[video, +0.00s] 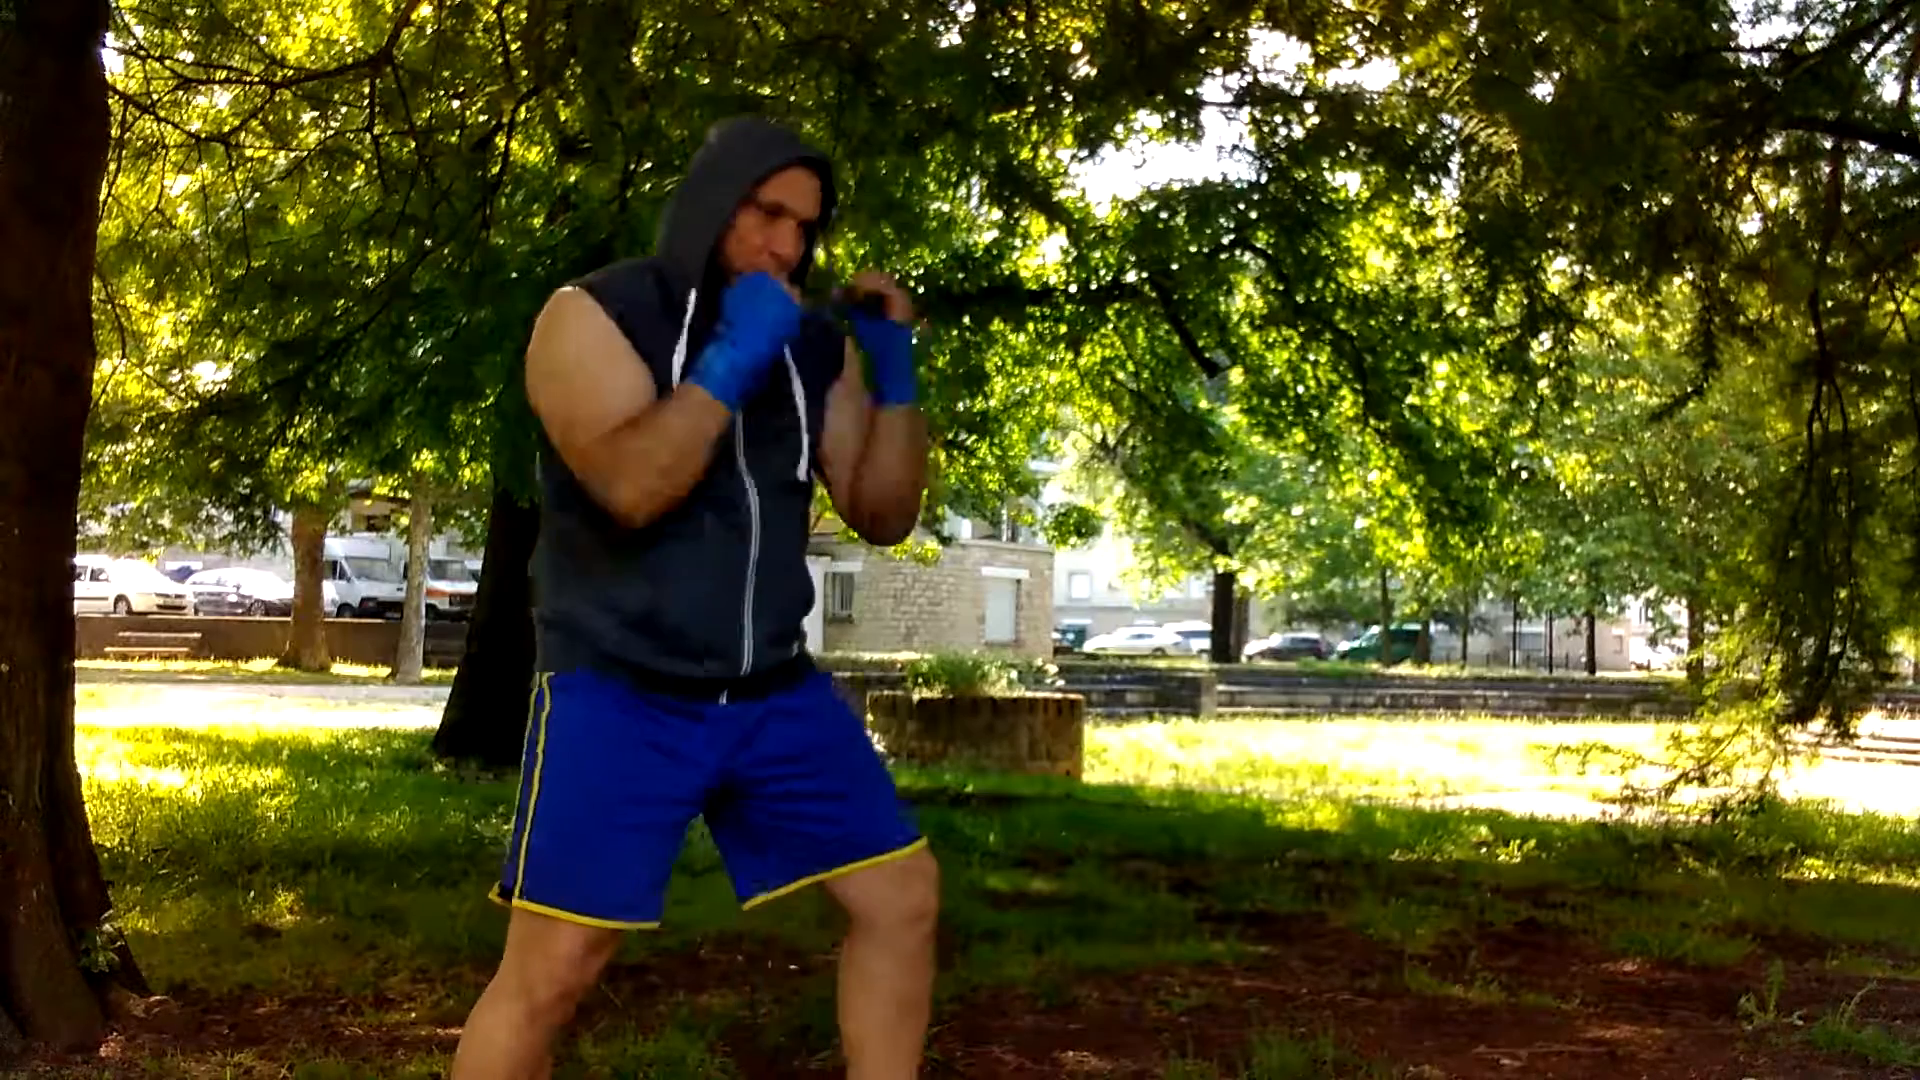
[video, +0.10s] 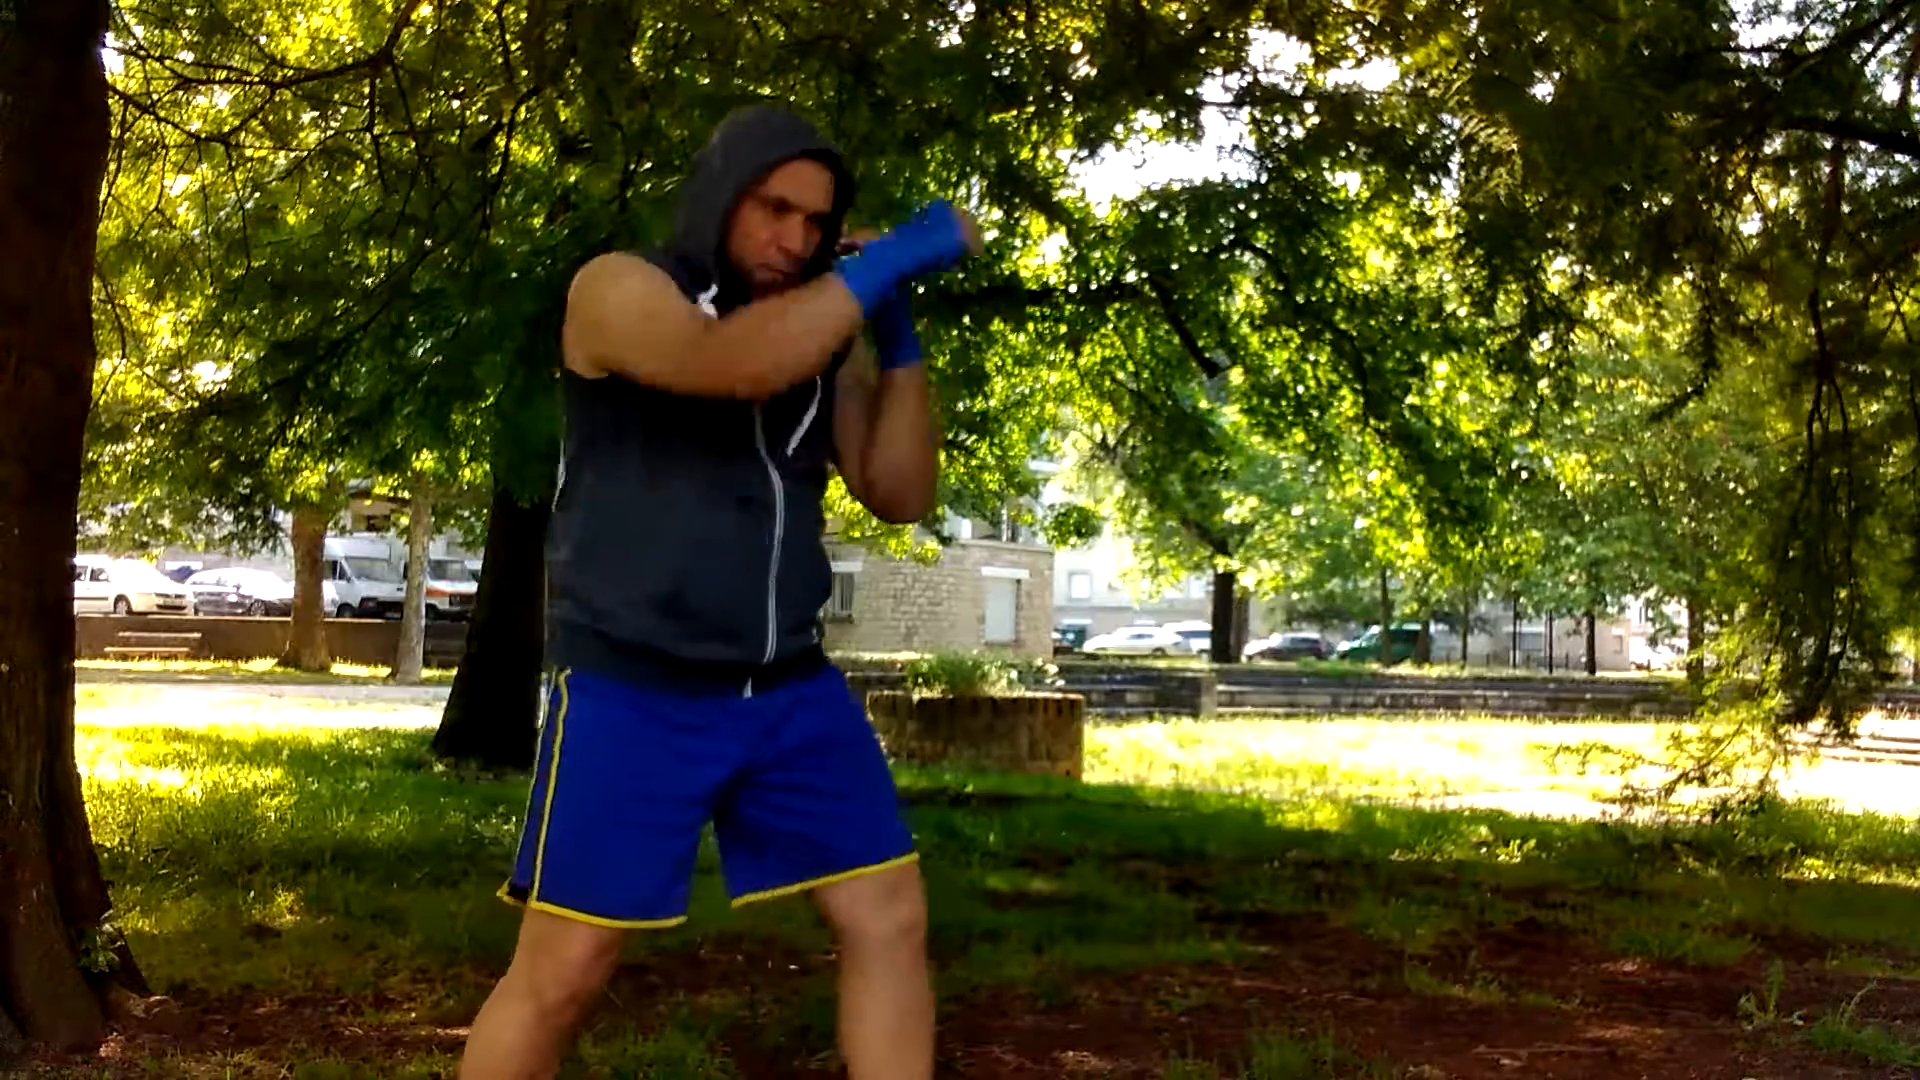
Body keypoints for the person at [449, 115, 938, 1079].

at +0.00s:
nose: (788, 247)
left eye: (804, 228)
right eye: (768, 217)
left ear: (813, 240)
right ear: (707, 207)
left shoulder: (811, 345)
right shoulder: (588, 319)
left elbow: (883, 514)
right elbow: (631, 485)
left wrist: (895, 361)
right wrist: (737, 353)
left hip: (780, 694)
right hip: (618, 698)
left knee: (900, 896)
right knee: (550, 970)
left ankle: (881, 1075)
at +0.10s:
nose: (800, 239)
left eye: (818, 220)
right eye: (779, 210)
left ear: (832, 227)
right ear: (719, 199)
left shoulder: (813, 341)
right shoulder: (614, 289)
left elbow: (900, 497)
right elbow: (745, 361)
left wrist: (899, 338)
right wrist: (888, 262)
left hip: (791, 688)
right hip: (630, 691)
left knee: (887, 918)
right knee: (560, 972)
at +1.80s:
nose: (725, 229)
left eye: (747, 206)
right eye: (700, 200)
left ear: (767, 219)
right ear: (648, 200)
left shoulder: (791, 327)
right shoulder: (543, 317)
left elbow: (894, 507)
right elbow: (574, 492)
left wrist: (880, 351)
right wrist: (731, 350)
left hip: (782, 704)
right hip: (596, 714)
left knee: (902, 940)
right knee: (529, 995)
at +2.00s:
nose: (535, 268)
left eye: (562, 239)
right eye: (509, 236)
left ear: (600, 237)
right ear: (467, 237)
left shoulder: (676, 309)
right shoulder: (424, 359)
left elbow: (889, 375)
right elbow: (430, 563)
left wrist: (726, 253)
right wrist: (549, 418)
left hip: (716, 713)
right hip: (532, 722)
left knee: (810, 991)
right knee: (475, 988)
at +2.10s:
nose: (518, 287)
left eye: (545, 258)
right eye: (491, 256)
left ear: (583, 254)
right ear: (450, 257)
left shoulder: (662, 324)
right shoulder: (413, 377)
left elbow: (845, 428)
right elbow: (426, 580)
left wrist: (697, 304)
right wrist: (528, 439)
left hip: (711, 725)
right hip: (528, 732)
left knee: (792, 1005)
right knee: (472, 993)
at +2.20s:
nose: (561, 263)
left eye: (588, 236)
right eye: (533, 232)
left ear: (616, 229)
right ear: (484, 227)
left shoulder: (671, 311)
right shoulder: (418, 341)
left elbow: (812, 472)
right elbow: (424, 543)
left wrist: (725, 300)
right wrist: (544, 397)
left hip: (720, 696)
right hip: (532, 707)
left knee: (831, 957)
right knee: (485, 978)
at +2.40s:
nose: (700, 233)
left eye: (724, 214)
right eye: (676, 203)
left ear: (743, 214)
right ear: (618, 191)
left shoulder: (745, 304)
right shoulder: (521, 273)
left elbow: (852, 446)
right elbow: (684, 308)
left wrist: (810, 237)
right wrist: (895, 202)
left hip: (737, 688)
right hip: (564, 692)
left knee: (849, 947)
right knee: (516, 994)